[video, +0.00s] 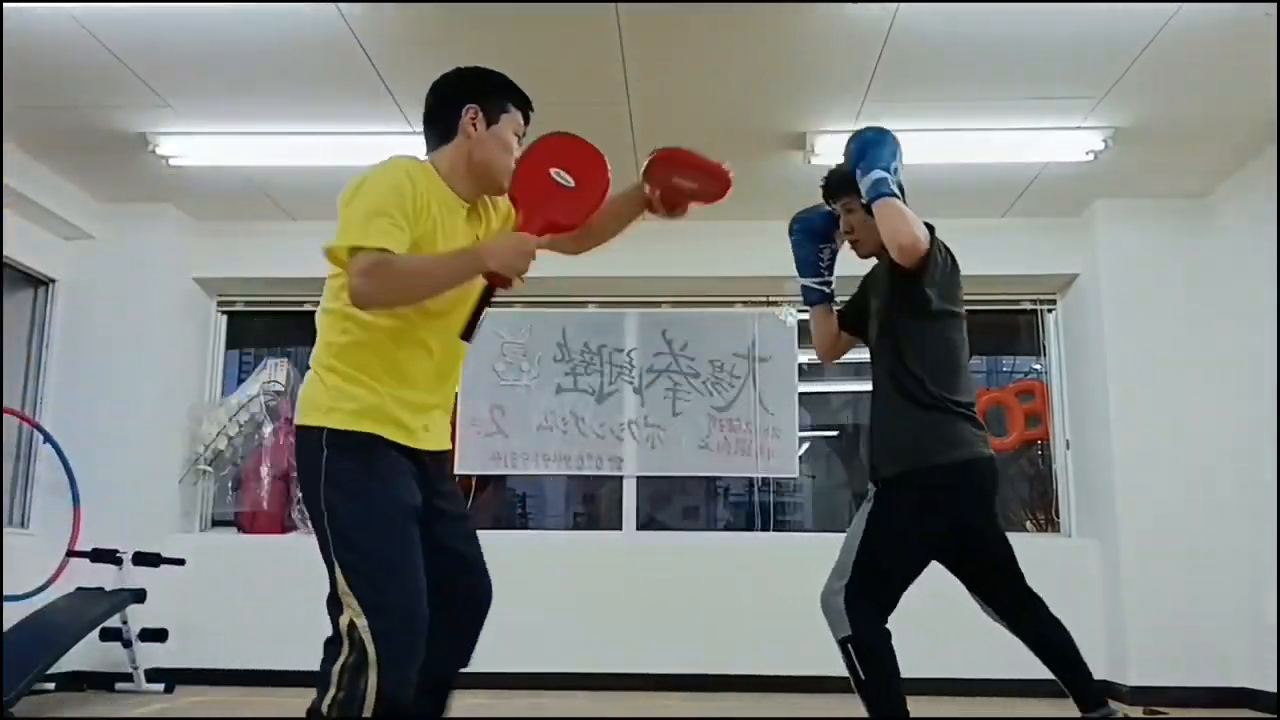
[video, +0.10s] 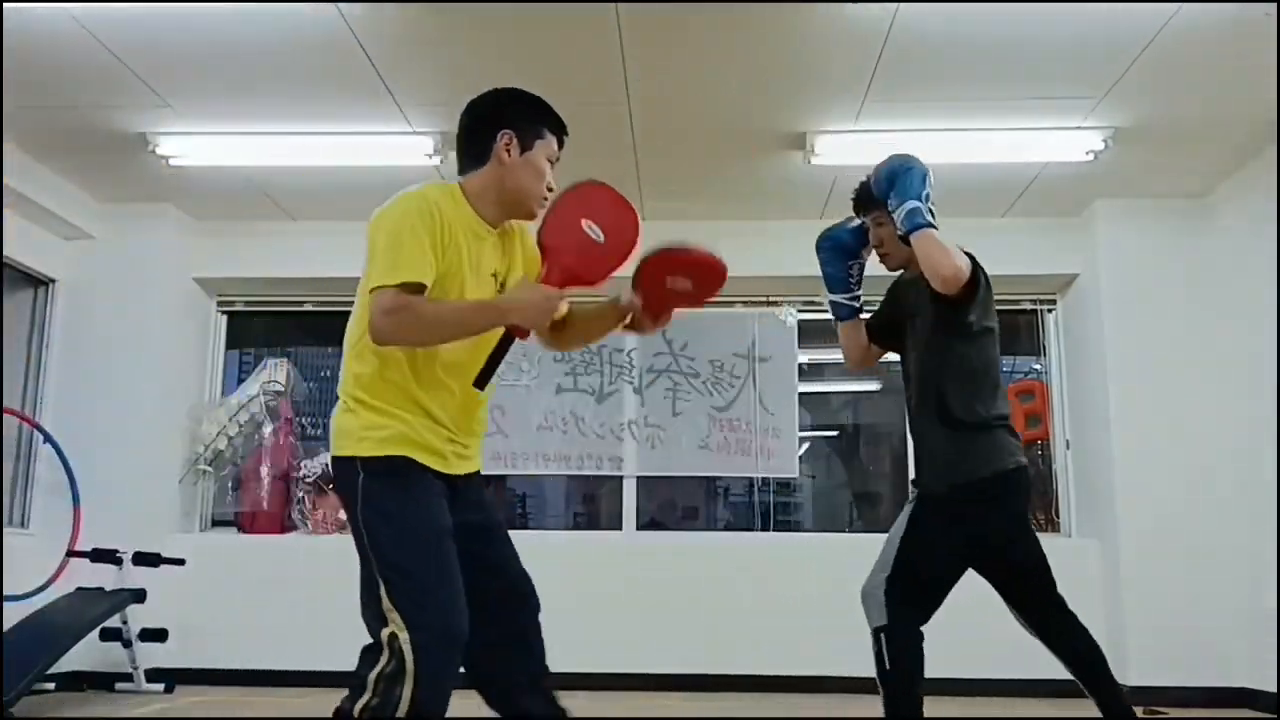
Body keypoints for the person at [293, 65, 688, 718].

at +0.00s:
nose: (521, 152)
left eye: (524, 139)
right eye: (515, 133)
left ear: (476, 128)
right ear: (473, 123)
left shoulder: (495, 212)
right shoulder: (394, 183)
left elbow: (574, 236)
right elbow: (369, 284)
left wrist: (643, 197)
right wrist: (482, 256)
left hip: (421, 441)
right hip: (346, 431)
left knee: (462, 594)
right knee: (388, 619)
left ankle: (411, 710)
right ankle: (339, 711)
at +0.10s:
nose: (555, 183)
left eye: (558, 168)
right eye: (550, 162)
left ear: (511, 153)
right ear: (507, 148)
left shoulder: (523, 239)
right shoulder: (416, 213)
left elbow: (558, 331)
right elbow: (388, 321)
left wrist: (621, 311)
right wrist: (505, 309)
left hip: (455, 456)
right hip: (382, 446)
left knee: (508, 610)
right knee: (426, 630)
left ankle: (534, 712)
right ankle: (367, 713)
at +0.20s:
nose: (591, 212)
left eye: (594, 198)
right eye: (587, 192)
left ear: (548, 183)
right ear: (546, 177)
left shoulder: (537, 283)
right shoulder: (450, 236)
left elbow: (529, 384)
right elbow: (382, 330)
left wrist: (634, 365)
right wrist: (495, 367)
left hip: (500, 479)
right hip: (423, 474)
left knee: (563, 629)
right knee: (466, 645)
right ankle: (389, 714)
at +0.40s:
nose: (637, 246)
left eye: (640, 232)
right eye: (637, 227)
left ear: (600, 212)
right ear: (610, 210)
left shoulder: (559, 287)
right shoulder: (535, 253)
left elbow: (580, 356)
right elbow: (466, 343)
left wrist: (623, 285)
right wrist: (516, 450)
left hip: (536, 490)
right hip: (481, 487)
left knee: (614, 636)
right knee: (517, 658)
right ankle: (422, 712)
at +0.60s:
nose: (646, 239)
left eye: (651, 224)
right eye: (647, 219)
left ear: (592, 204)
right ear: (619, 204)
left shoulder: (539, 257)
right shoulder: (564, 241)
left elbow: (578, 336)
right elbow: (538, 336)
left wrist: (613, 269)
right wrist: (615, 436)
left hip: (526, 484)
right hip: (488, 477)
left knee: (588, 621)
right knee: (478, 656)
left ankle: (604, 715)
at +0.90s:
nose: (696, 229)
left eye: (700, 217)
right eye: (694, 211)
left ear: (655, 204)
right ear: (659, 200)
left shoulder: (632, 290)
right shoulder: (578, 246)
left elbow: (668, 323)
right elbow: (504, 325)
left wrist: (695, 254)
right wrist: (543, 410)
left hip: (570, 488)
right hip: (502, 474)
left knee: (615, 618)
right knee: (453, 630)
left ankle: (617, 717)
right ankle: (374, 713)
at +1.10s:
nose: (690, 230)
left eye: (692, 216)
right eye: (687, 211)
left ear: (652, 203)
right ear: (652, 199)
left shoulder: (640, 297)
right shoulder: (566, 242)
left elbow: (638, 367)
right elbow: (482, 313)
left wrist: (714, 344)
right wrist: (475, 412)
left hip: (570, 488)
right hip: (503, 477)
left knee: (614, 615)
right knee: (443, 630)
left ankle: (619, 716)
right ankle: (335, 709)